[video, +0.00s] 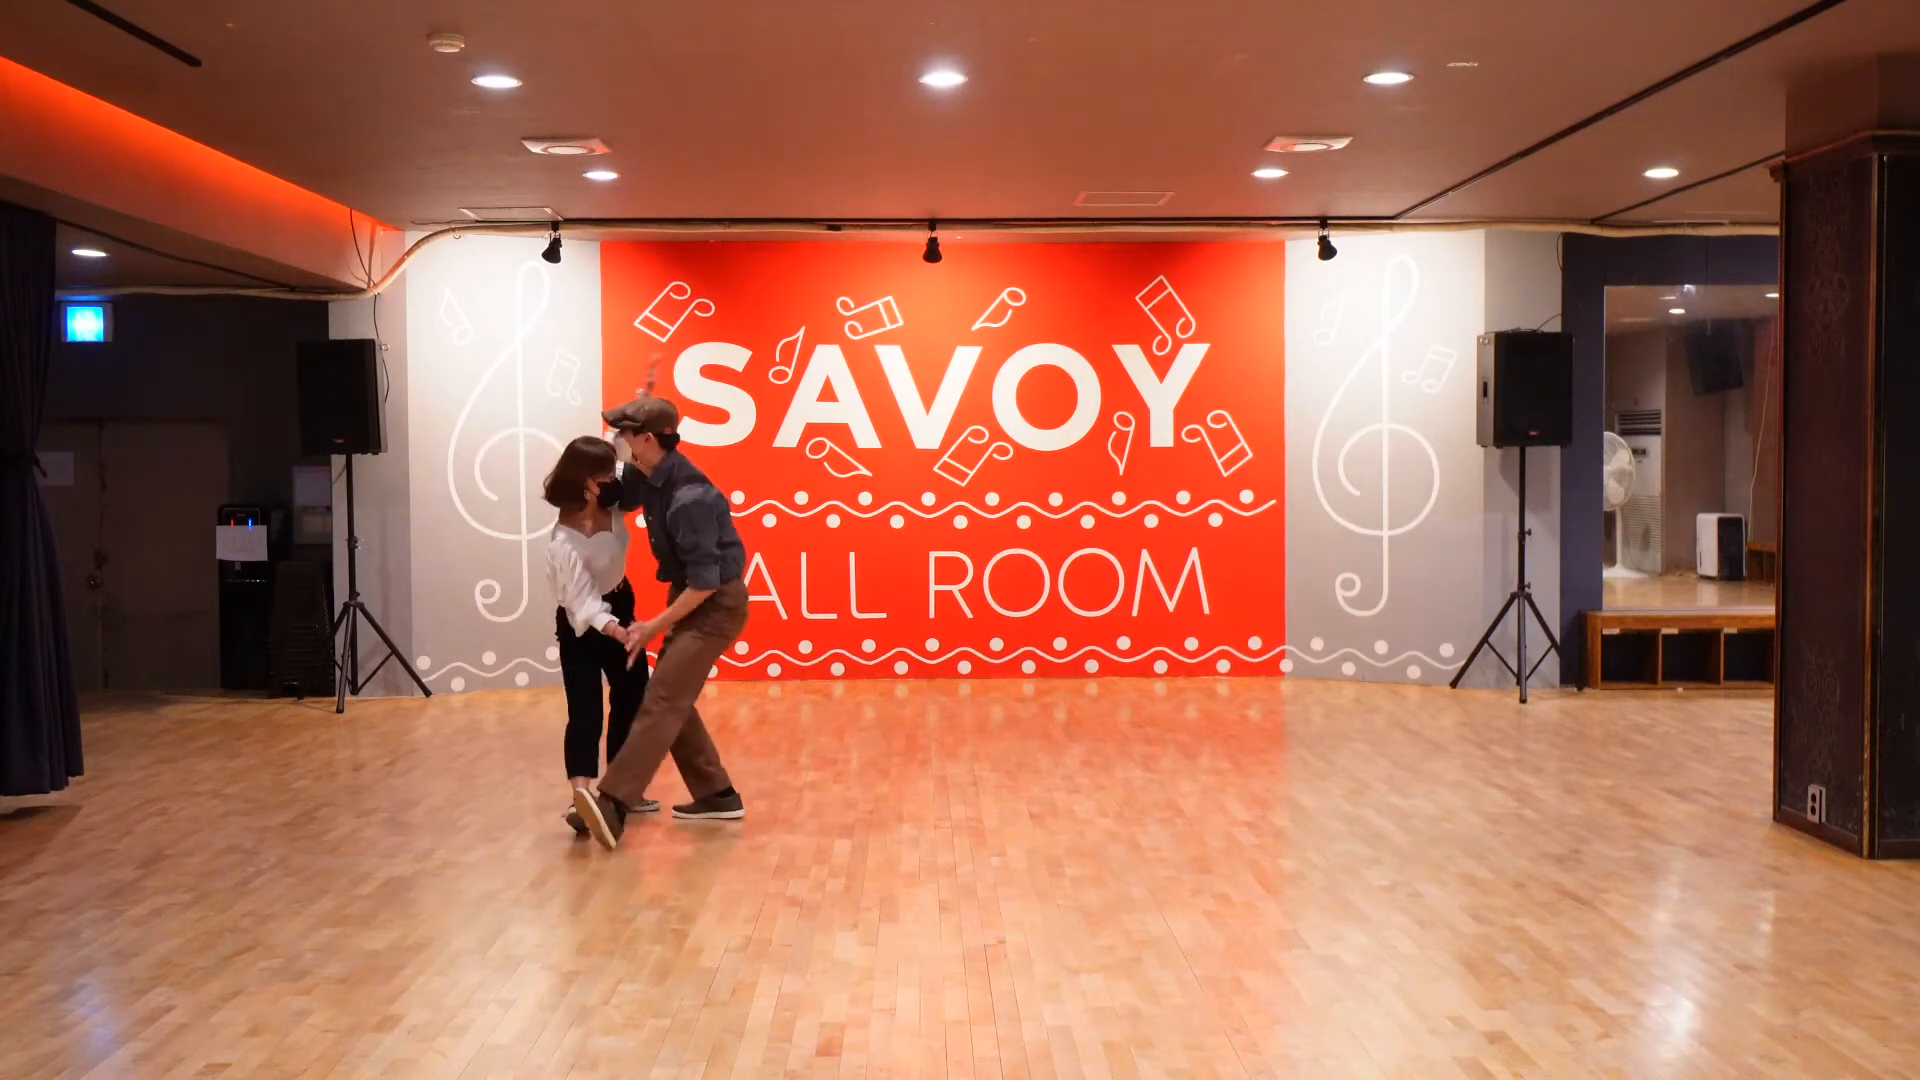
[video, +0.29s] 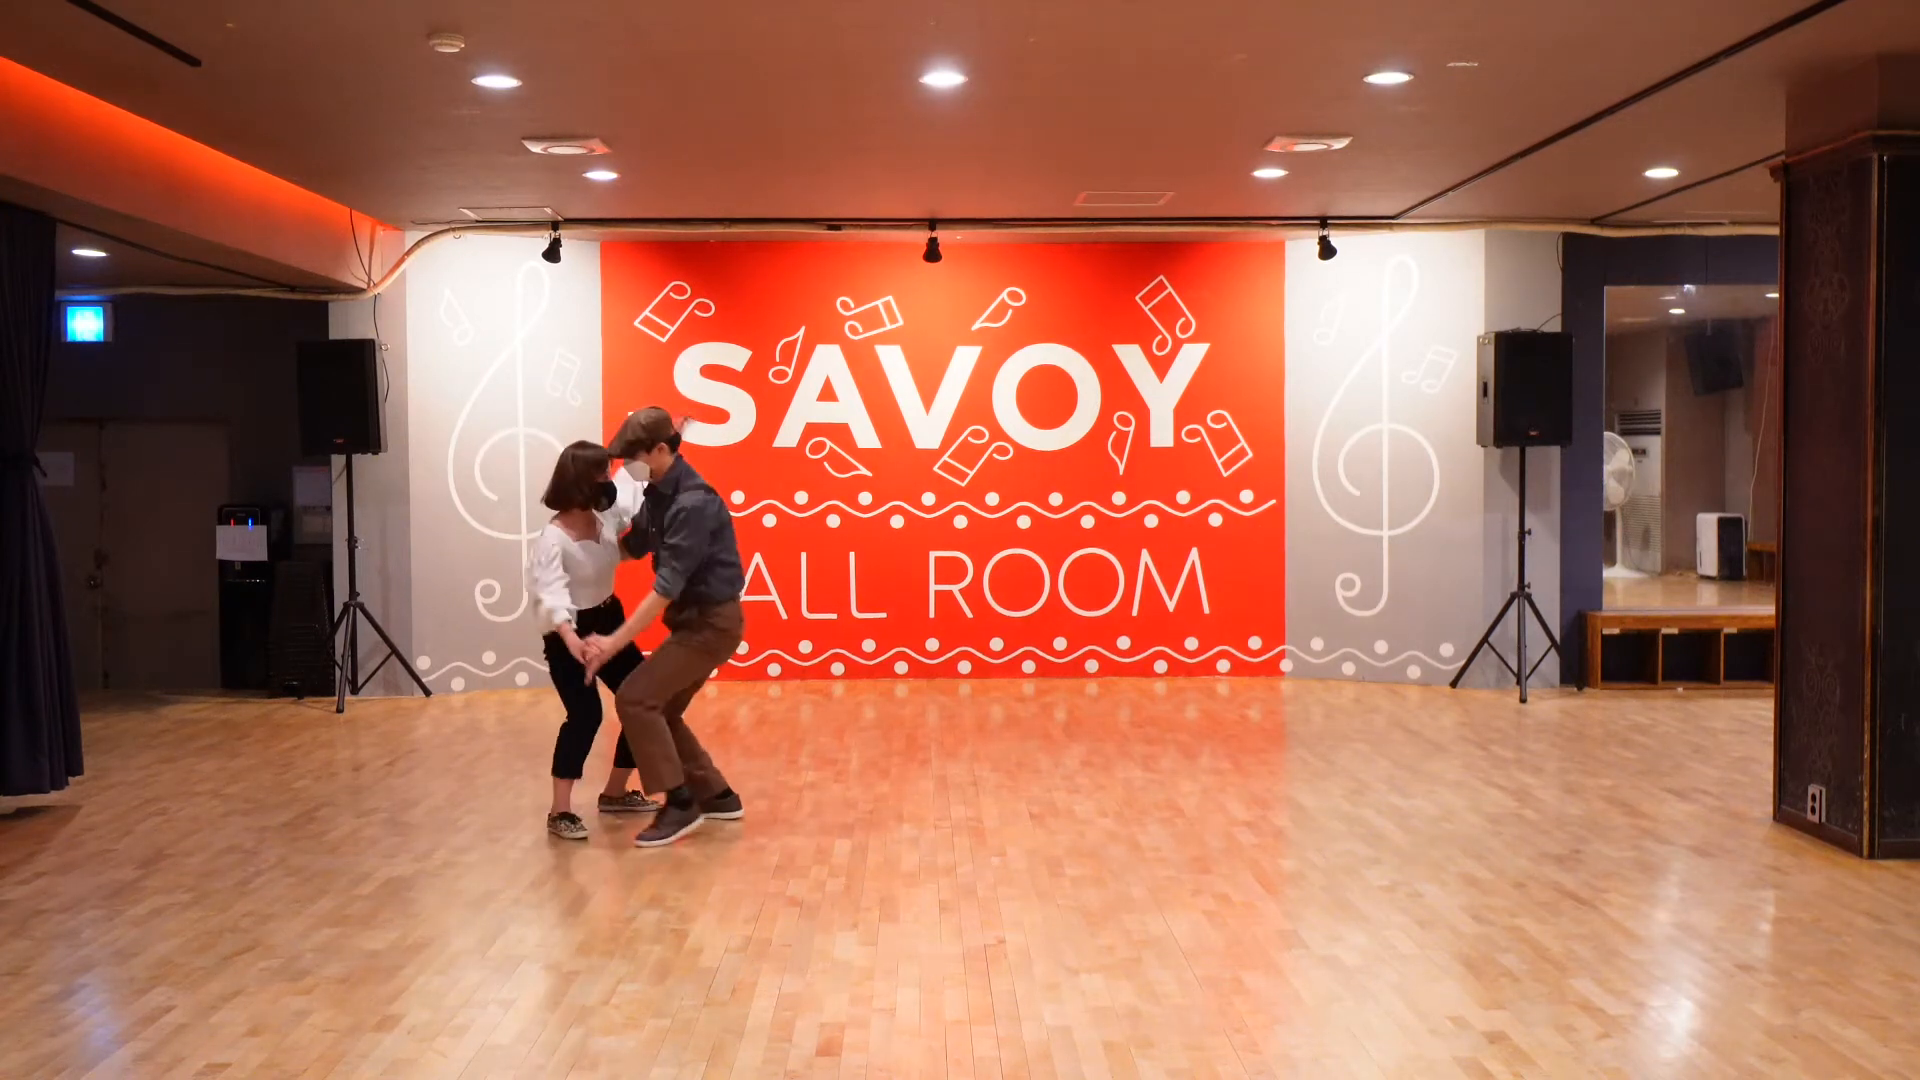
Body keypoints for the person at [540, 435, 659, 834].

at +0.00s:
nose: (609, 483)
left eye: (608, 476)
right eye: (603, 476)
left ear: (601, 481)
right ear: (586, 484)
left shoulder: (609, 501)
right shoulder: (563, 544)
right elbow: (582, 602)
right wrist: (616, 628)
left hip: (619, 604)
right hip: (579, 618)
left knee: (631, 697)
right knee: (586, 706)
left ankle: (621, 788)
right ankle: (583, 799)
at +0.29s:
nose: (609, 479)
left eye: (609, 472)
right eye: (602, 473)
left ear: (590, 483)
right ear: (583, 483)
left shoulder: (610, 506)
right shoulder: (552, 539)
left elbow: (646, 492)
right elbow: (552, 598)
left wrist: (665, 445)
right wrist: (573, 640)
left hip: (607, 617)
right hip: (566, 631)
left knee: (644, 699)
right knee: (585, 713)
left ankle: (616, 791)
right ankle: (560, 812)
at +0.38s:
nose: (608, 472)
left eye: (606, 465)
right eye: (601, 468)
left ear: (581, 478)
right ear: (582, 478)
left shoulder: (606, 516)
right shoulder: (548, 533)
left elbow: (642, 533)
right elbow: (541, 575)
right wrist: (552, 605)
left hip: (597, 628)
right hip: (557, 635)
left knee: (642, 700)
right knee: (582, 718)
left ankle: (615, 790)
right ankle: (560, 812)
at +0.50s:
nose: (604, 471)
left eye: (604, 464)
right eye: (596, 465)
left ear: (588, 475)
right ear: (576, 471)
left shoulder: (602, 520)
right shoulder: (549, 510)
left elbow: (615, 583)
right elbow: (524, 546)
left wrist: (625, 544)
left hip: (582, 629)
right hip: (544, 630)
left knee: (637, 685)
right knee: (571, 720)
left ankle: (634, 780)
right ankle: (558, 813)